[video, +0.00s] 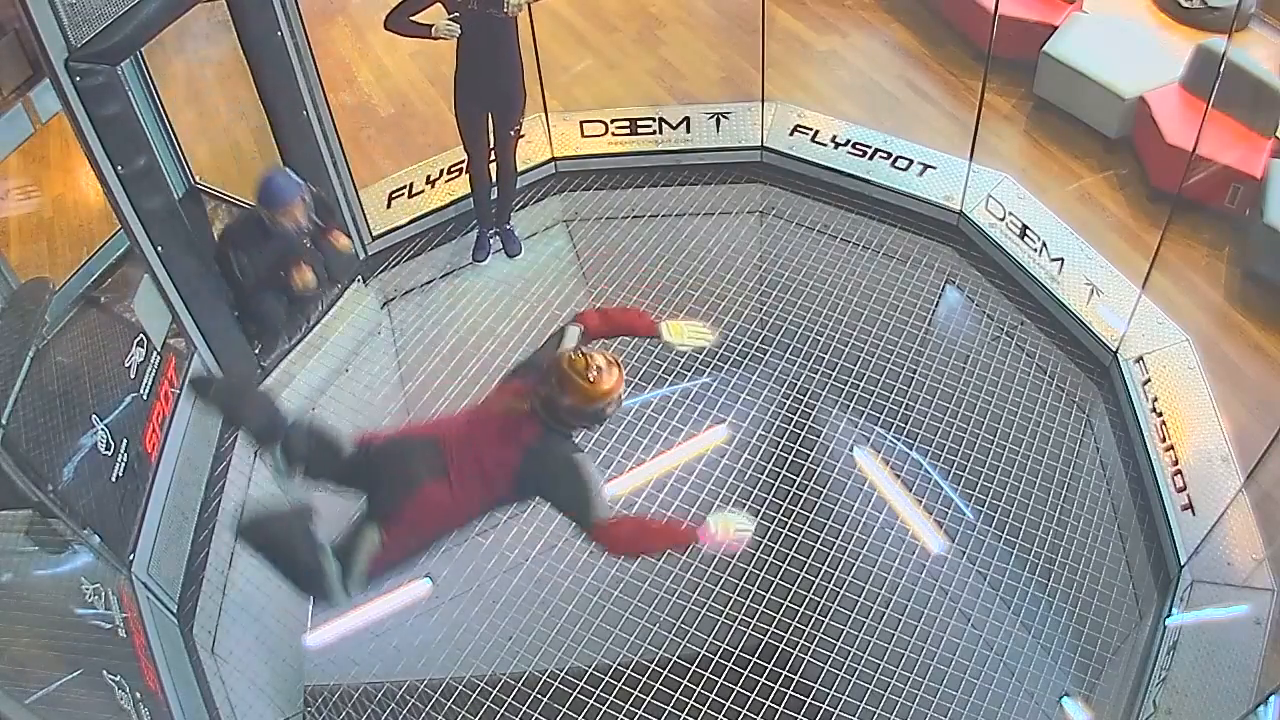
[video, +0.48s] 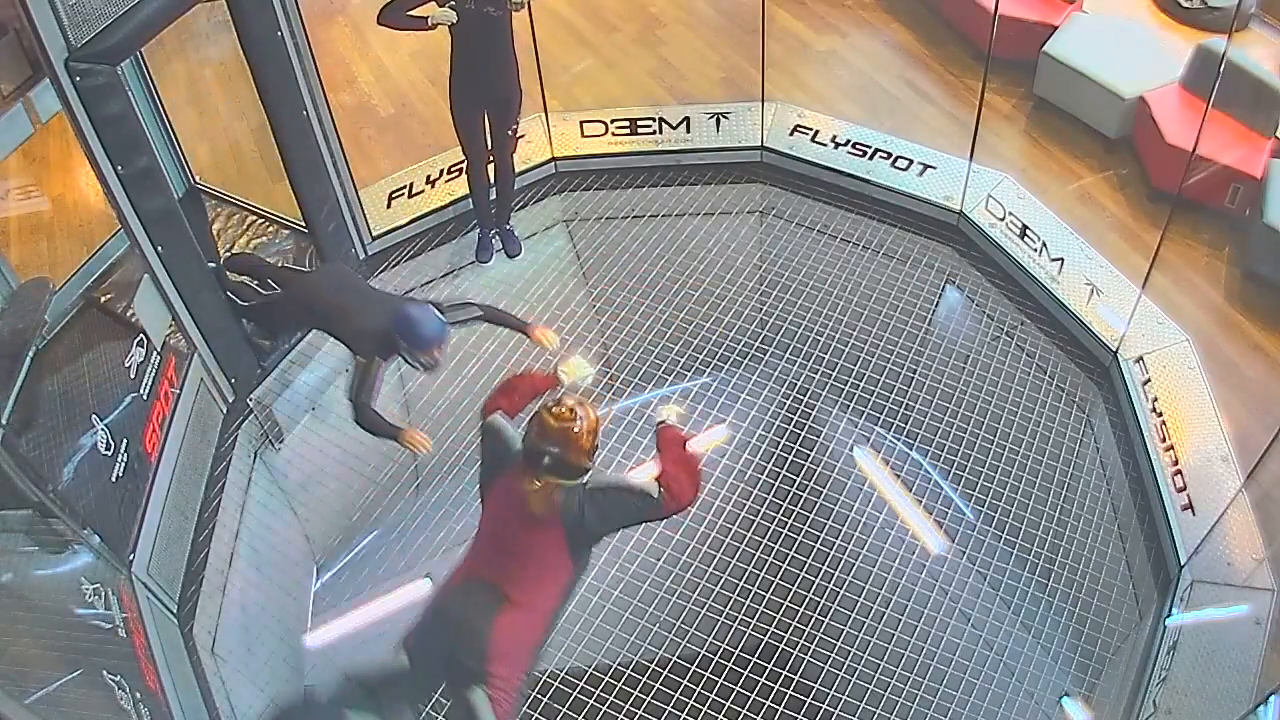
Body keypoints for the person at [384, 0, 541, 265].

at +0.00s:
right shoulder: (445, 1)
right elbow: (393, 20)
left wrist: (523, 3)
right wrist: (432, 30)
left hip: (509, 78)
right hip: (470, 81)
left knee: (506, 155)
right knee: (477, 158)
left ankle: (504, 225)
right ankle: (484, 230)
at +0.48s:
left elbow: (517, 6)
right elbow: (387, 15)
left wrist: (518, 4)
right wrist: (428, 21)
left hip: (504, 78)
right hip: (465, 82)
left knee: (504, 154)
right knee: (477, 158)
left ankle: (504, 225)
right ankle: (485, 229)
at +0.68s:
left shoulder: (507, 1)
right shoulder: (439, 2)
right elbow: (387, 20)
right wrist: (428, 25)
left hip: (502, 81)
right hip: (463, 85)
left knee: (503, 155)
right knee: (475, 160)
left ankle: (504, 225)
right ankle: (484, 229)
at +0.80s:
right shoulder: (439, 1)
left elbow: (520, 4)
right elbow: (384, 18)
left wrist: (524, 1)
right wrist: (426, 26)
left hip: (502, 81)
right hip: (462, 85)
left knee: (503, 156)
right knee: (474, 161)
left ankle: (504, 225)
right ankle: (484, 230)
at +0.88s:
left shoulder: (503, 1)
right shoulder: (439, 1)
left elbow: (522, 4)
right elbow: (383, 17)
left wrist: (523, 2)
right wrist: (425, 27)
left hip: (502, 81)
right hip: (462, 85)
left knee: (502, 155)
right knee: (474, 160)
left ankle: (504, 224)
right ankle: (484, 229)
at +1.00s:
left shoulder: (503, 0)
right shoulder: (438, 1)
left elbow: (535, 1)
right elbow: (383, 17)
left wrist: (526, 4)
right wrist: (425, 26)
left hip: (501, 82)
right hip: (461, 86)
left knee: (502, 156)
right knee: (473, 161)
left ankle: (504, 225)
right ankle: (484, 230)